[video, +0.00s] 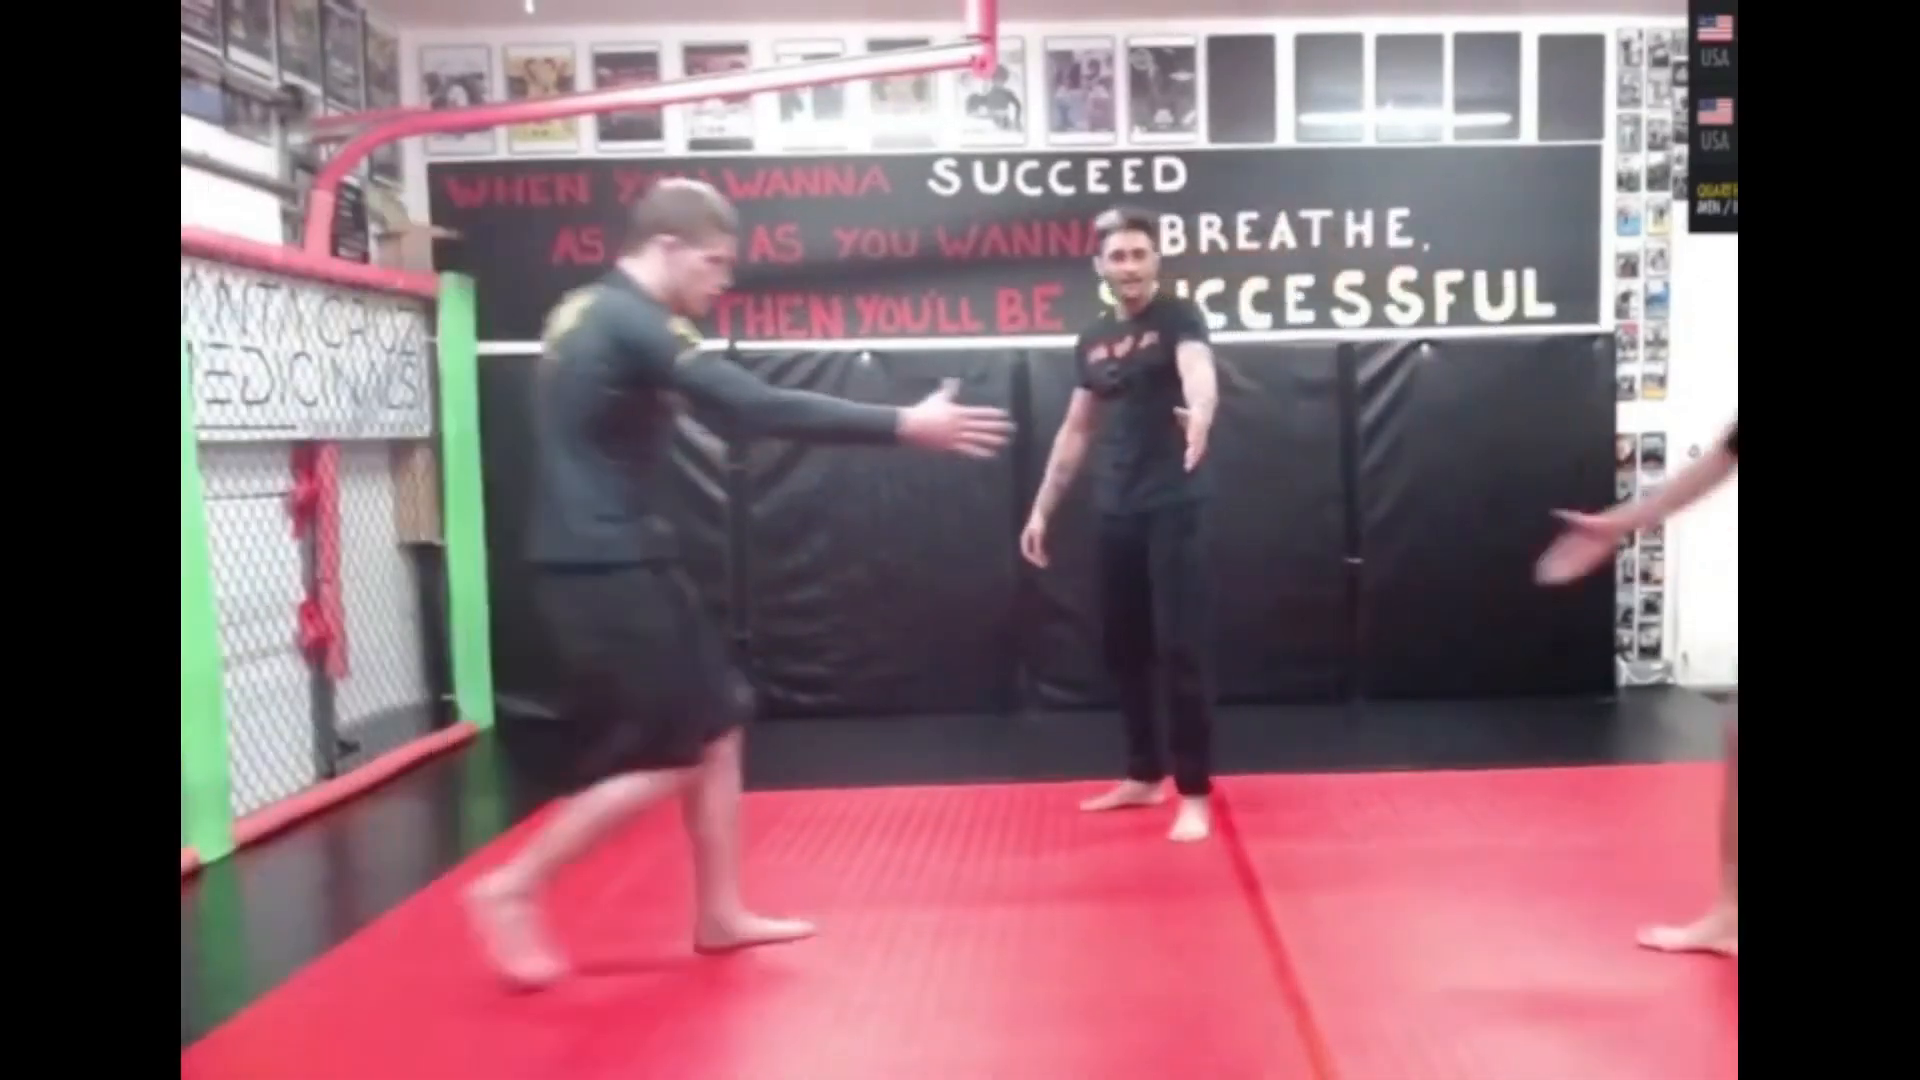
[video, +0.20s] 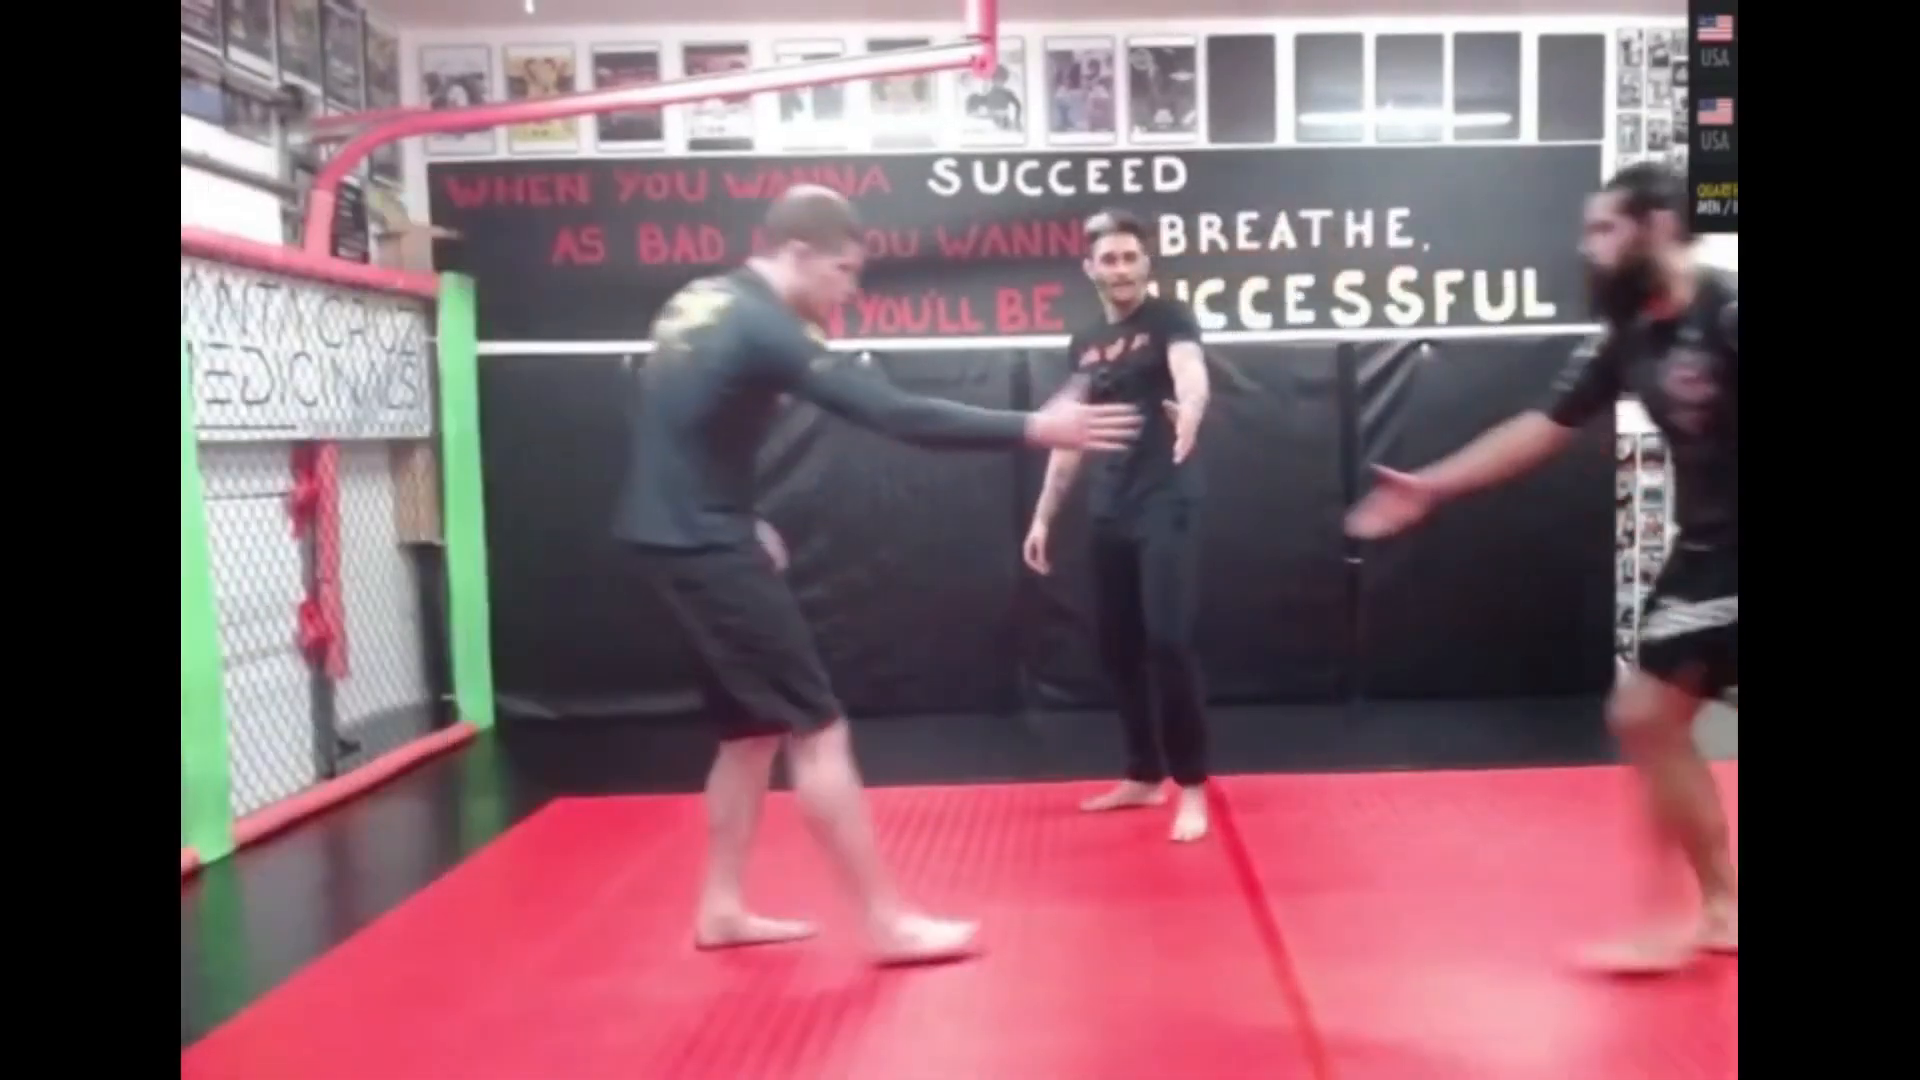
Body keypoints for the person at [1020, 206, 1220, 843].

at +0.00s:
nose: (1129, 266)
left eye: (1139, 254)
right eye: (1117, 256)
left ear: (1157, 259)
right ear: (1101, 265)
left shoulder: (1176, 318)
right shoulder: (1096, 342)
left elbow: (1198, 371)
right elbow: (1076, 431)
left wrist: (1199, 416)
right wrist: (1040, 512)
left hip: (1172, 504)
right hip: (1116, 509)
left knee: (1179, 644)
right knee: (1126, 644)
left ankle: (1194, 792)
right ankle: (1144, 776)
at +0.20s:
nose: (1120, 269)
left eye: (1130, 257)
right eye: (1108, 259)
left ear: (1148, 261)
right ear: (1091, 268)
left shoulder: (1169, 317)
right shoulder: (1087, 344)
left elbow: (1192, 384)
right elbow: (1068, 439)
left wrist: (1182, 433)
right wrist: (1042, 517)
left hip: (1165, 500)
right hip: (1108, 504)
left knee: (1167, 638)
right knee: (1120, 643)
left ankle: (1191, 785)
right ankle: (1144, 775)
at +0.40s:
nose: (1120, 268)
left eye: (1130, 257)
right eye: (1107, 259)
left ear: (1148, 261)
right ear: (1091, 267)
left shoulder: (1168, 317)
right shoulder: (1086, 345)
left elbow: (1194, 385)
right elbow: (1072, 436)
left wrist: (1174, 433)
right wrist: (1044, 516)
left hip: (1166, 499)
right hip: (1109, 502)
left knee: (1166, 638)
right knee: (1119, 642)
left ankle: (1189, 790)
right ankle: (1143, 774)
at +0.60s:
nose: (1129, 269)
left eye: (1140, 257)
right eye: (1118, 258)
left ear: (1159, 260)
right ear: (1101, 264)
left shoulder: (1180, 320)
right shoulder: (1096, 341)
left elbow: (1202, 377)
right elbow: (1081, 434)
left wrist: (1178, 398)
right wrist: (1048, 514)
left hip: (1171, 507)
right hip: (1109, 508)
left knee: (1171, 655)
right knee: (1120, 648)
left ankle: (1187, 810)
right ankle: (1143, 774)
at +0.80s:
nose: (1133, 267)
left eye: (1144, 255)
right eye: (1122, 256)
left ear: (1166, 258)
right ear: (1105, 260)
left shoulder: (1188, 315)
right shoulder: (1103, 328)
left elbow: (1210, 370)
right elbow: (1088, 415)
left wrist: (1153, 322)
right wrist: (1054, 496)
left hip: (1179, 509)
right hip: (1123, 508)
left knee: (1176, 657)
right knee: (1121, 647)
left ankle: (1188, 813)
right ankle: (1142, 770)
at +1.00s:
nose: (1127, 281)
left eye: (1138, 269)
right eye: (1116, 269)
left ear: (1165, 267)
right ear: (1104, 273)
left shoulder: (1191, 322)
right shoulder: (1107, 328)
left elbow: (1212, 380)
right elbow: (1097, 415)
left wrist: (1162, 311)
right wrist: (1071, 490)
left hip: (1193, 505)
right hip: (1134, 503)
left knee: (1185, 657)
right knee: (1126, 642)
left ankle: (1189, 814)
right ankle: (1139, 766)